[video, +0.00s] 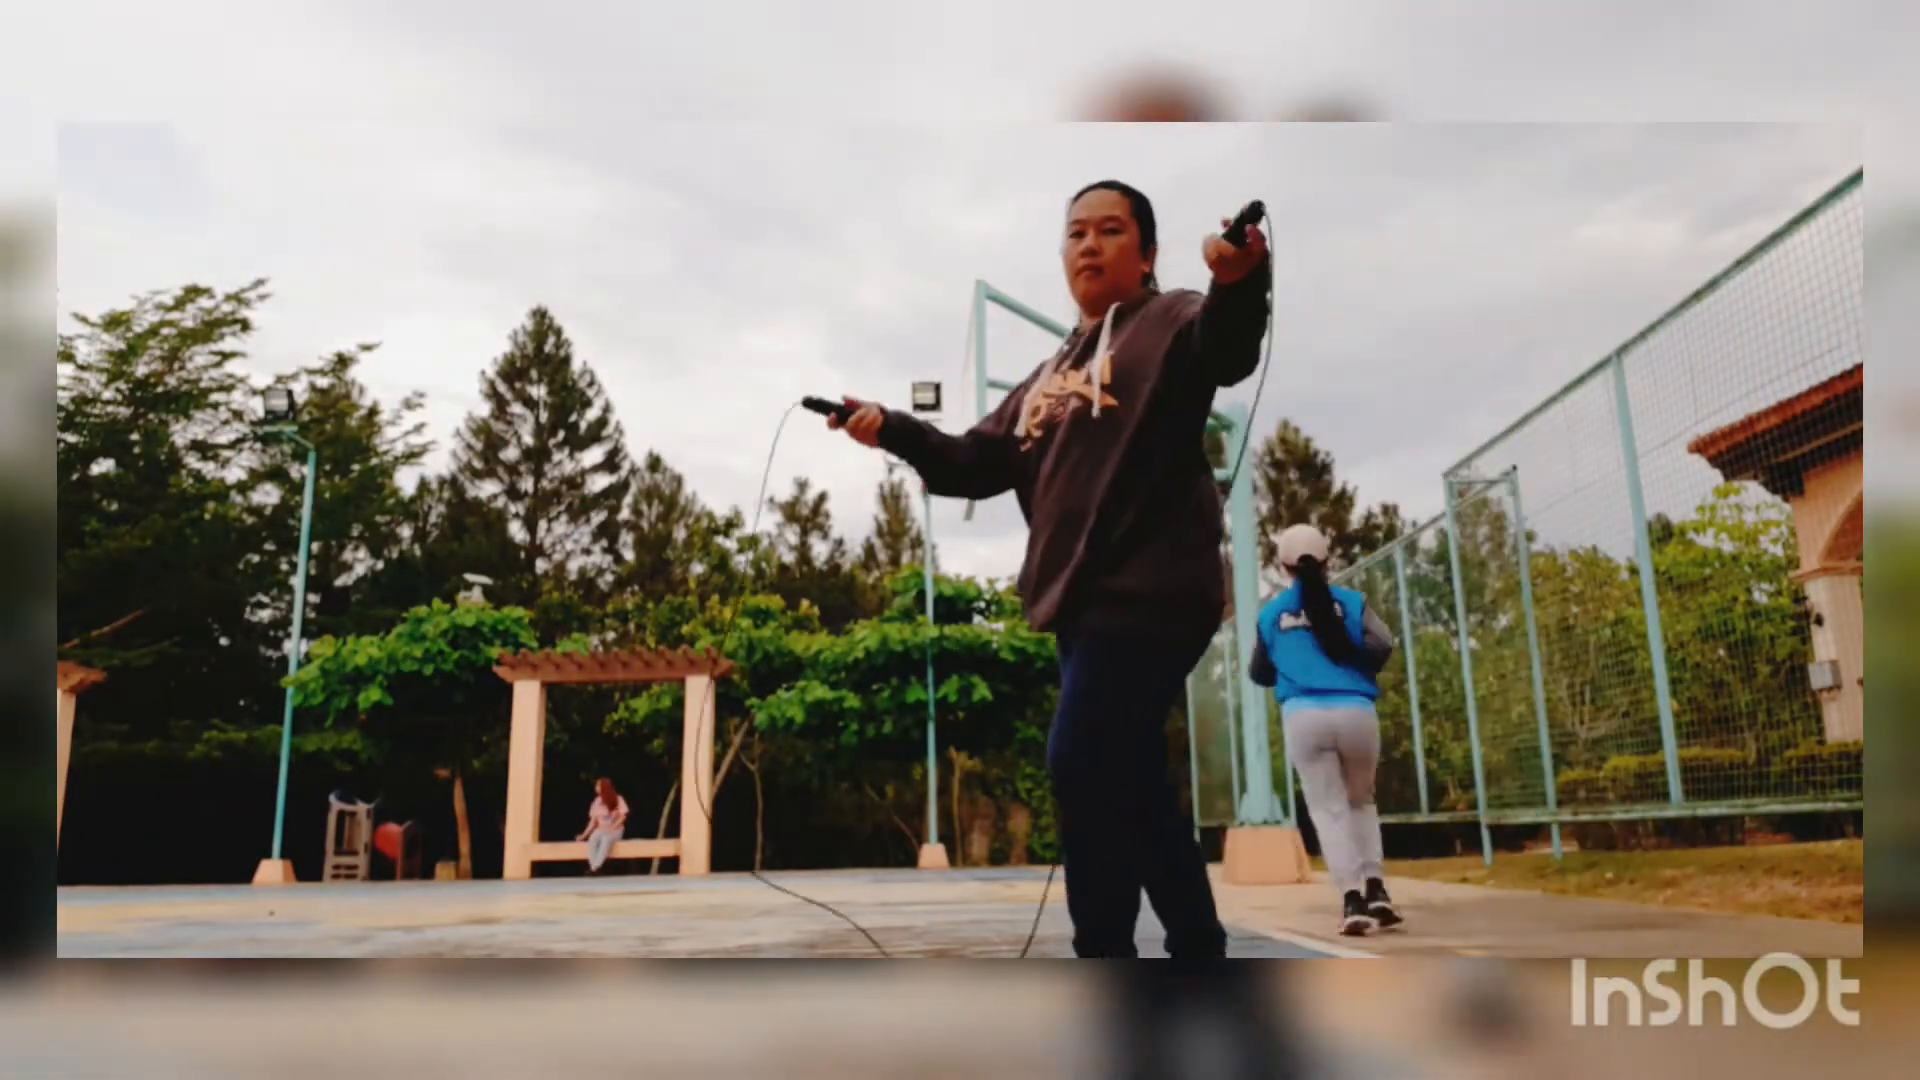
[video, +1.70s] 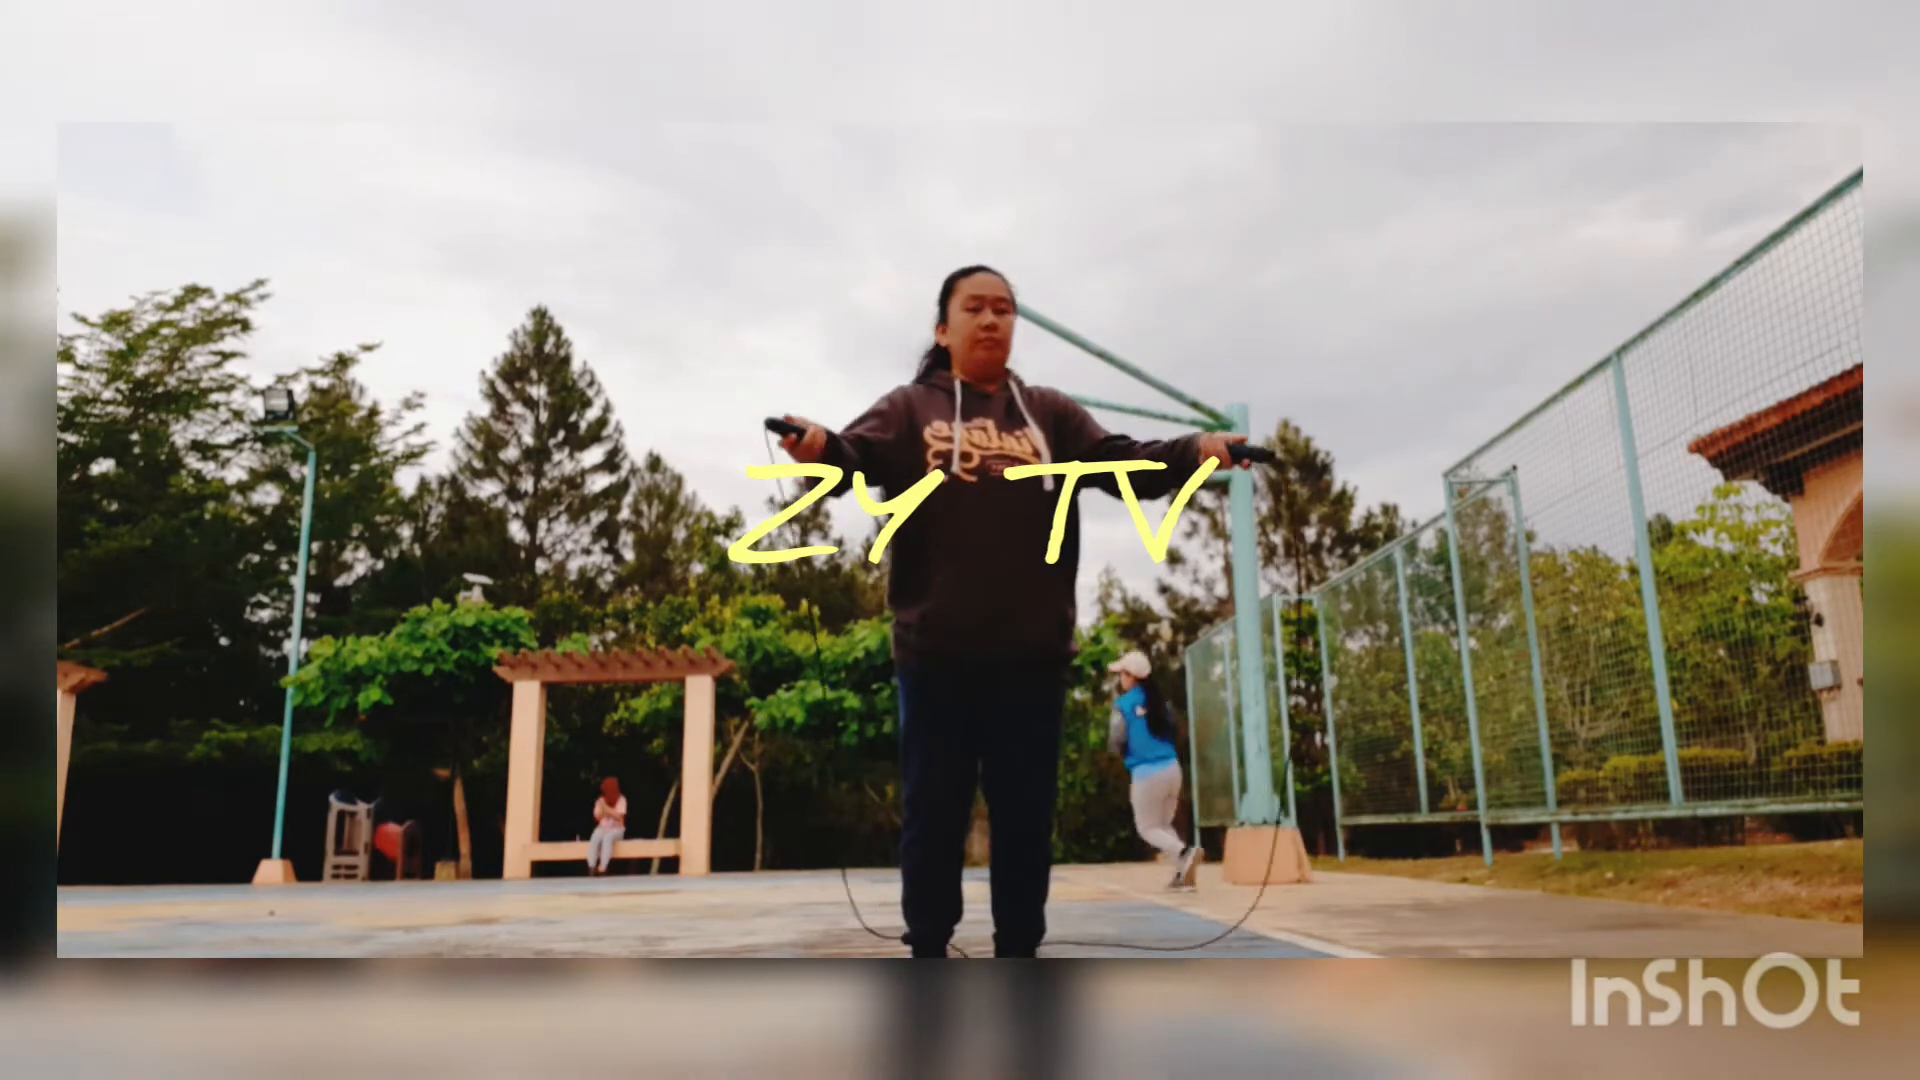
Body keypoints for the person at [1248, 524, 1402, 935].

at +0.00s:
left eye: (1283, 560)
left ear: (1283, 564)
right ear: (1326, 559)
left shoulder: (1271, 613)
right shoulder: (1351, 601)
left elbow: (1259, 672)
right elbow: (1382, 642)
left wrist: (1291, 670)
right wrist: (1362, 669)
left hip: (1304, 718)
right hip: (1356, 713)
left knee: (1328, 809)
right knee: (1363, 802)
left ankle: (1352, 899)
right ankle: (1374, 884)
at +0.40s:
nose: (1275, 600)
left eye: (1275, 596)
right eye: (1277, 595)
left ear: (1279, 598)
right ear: (1312, 595)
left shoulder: (1272, 635)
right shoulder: (1336, 632)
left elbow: (1261, 675)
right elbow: (1353, 679)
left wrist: (1273, 691)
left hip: (1293, 727)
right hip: (1338, 721)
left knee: (1305, 808)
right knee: (1344, 808)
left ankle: (1317, 883)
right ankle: (1352, 884)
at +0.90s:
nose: (1238, 641)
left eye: (1238, 638)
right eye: (1243, 637)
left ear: (1241, 641)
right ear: (1268, 637)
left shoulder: (1231, 676)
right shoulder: (1290, 670)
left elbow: (1220, 719)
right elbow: (1317, 705)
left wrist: (1242, 703)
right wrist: (1288, 701)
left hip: (1259, 750)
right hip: (1295, 745)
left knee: (1270, 818)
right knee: (1295, 817)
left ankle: (1289, 856)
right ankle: (1303, 875)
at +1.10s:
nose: (1216, 647)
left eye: (1217, 642)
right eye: (1217, 642)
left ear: (1222, 644)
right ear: (1244, 642)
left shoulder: (1220, 675)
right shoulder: (1265, 674)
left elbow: (1213, 710)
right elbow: (1275, 711)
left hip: (1239, 750)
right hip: (1273, 744)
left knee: (1244, 817)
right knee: (1282, 816)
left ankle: (1262, 873)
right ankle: (1301, 870)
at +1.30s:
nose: (1185, 662)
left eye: (1187, 658)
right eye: (1186, 657)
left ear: (1194, 660)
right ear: (1211, 659)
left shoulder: (1189, 690)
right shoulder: (1230, 683)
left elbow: (1187, 725)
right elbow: (1246, 718)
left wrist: (1176, 736)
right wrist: (1234, 737)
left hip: (1209, 763)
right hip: (1240, 759)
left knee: (1216, 824)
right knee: (1246, 820)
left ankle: (1241, 877)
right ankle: (1273, 852)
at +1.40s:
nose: (1165, 664)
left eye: (1167, 660)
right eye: (1165, 659)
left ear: (1174, 662)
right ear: (1191, 660)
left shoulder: (1165, 691)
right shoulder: (1206, 685)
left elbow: (1156, 728)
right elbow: (1231, 719)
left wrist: (1162, 745)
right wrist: (1212, 735)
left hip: (1188, 759)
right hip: (1218, 755)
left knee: (1207, 818)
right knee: (1211, 816)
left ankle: (1236, 872)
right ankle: (1231, 869)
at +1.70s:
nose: (1120, 679)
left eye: (1123, 675)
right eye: (1120, 674)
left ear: (1131, 677)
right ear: (1144, 677)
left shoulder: (1122, 704)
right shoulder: (1160, 699)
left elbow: (1117, 739)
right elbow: (1173, 727)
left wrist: (1121, 752)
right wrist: (1165, 747)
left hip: (1145, 769)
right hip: (1171, 764)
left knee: (1147, 827)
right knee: (1166, 824)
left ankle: (1183, 852)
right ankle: (1182, 870)